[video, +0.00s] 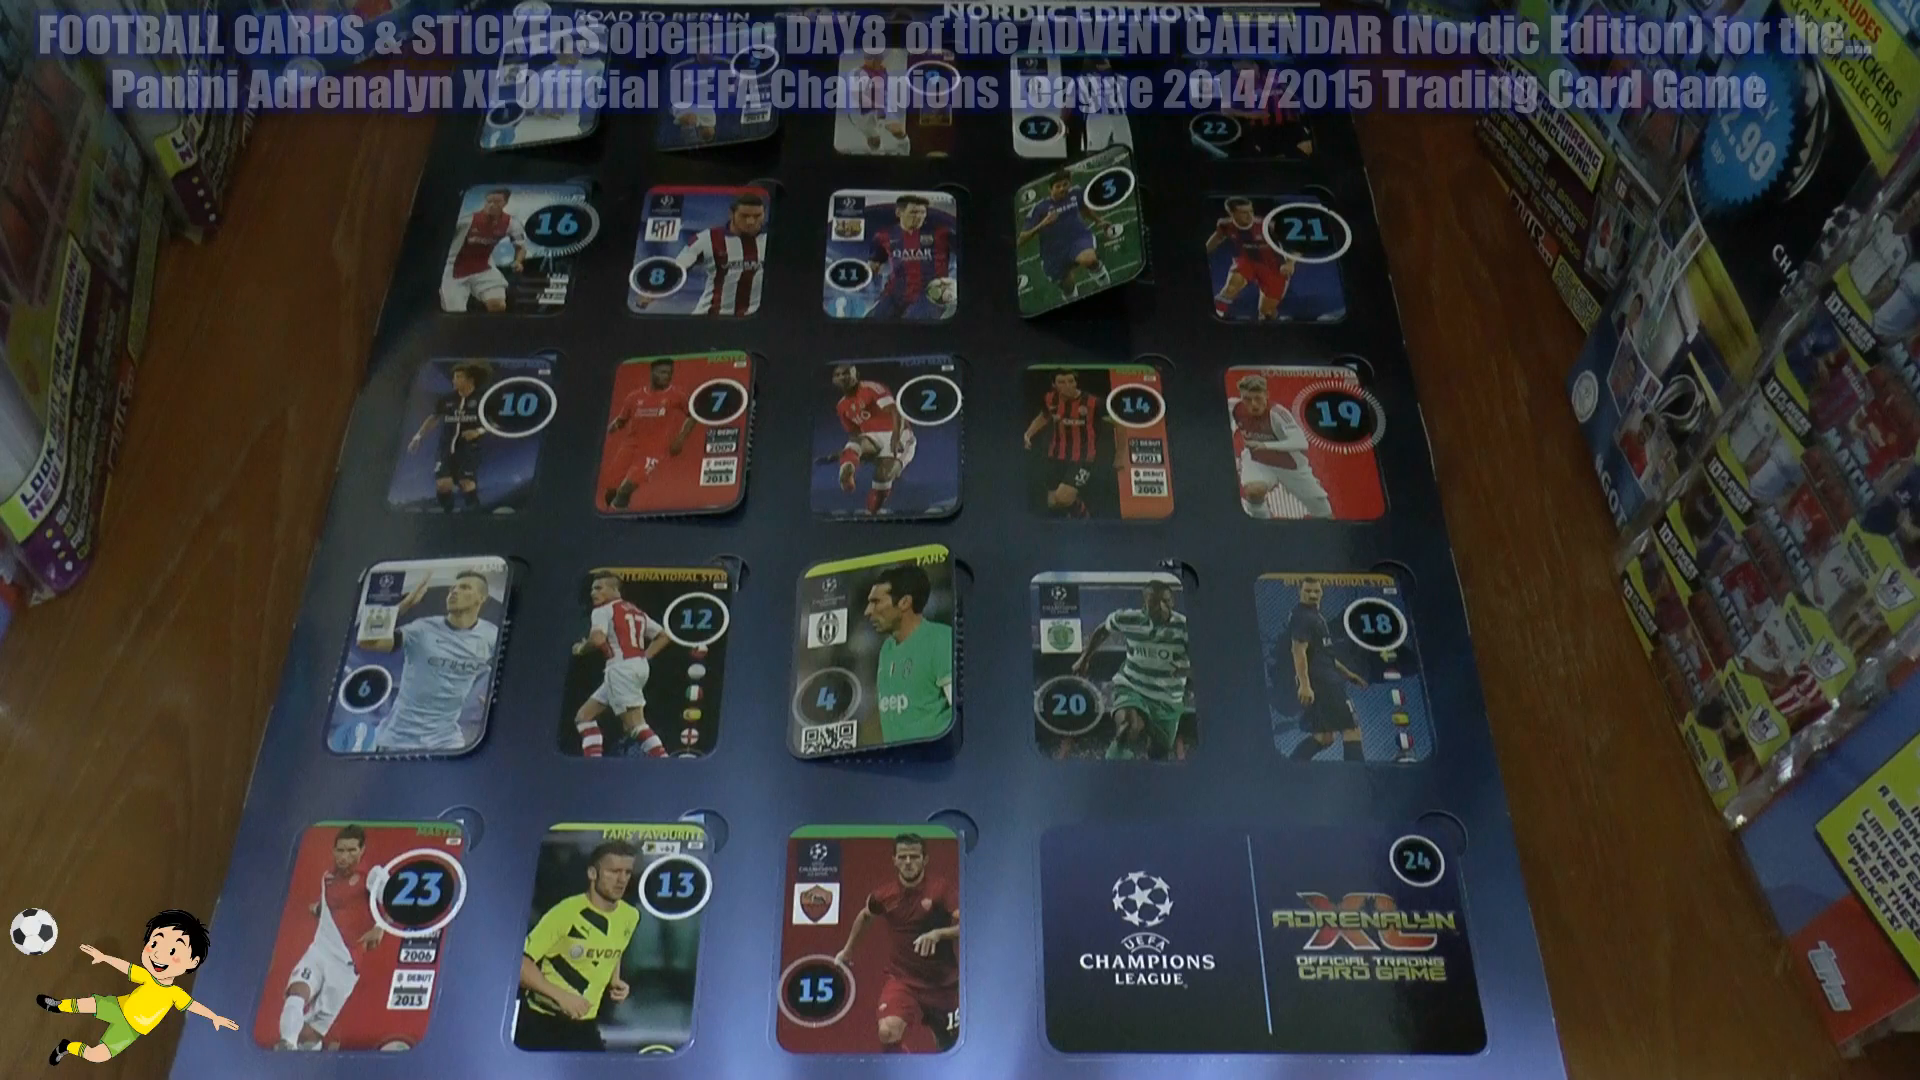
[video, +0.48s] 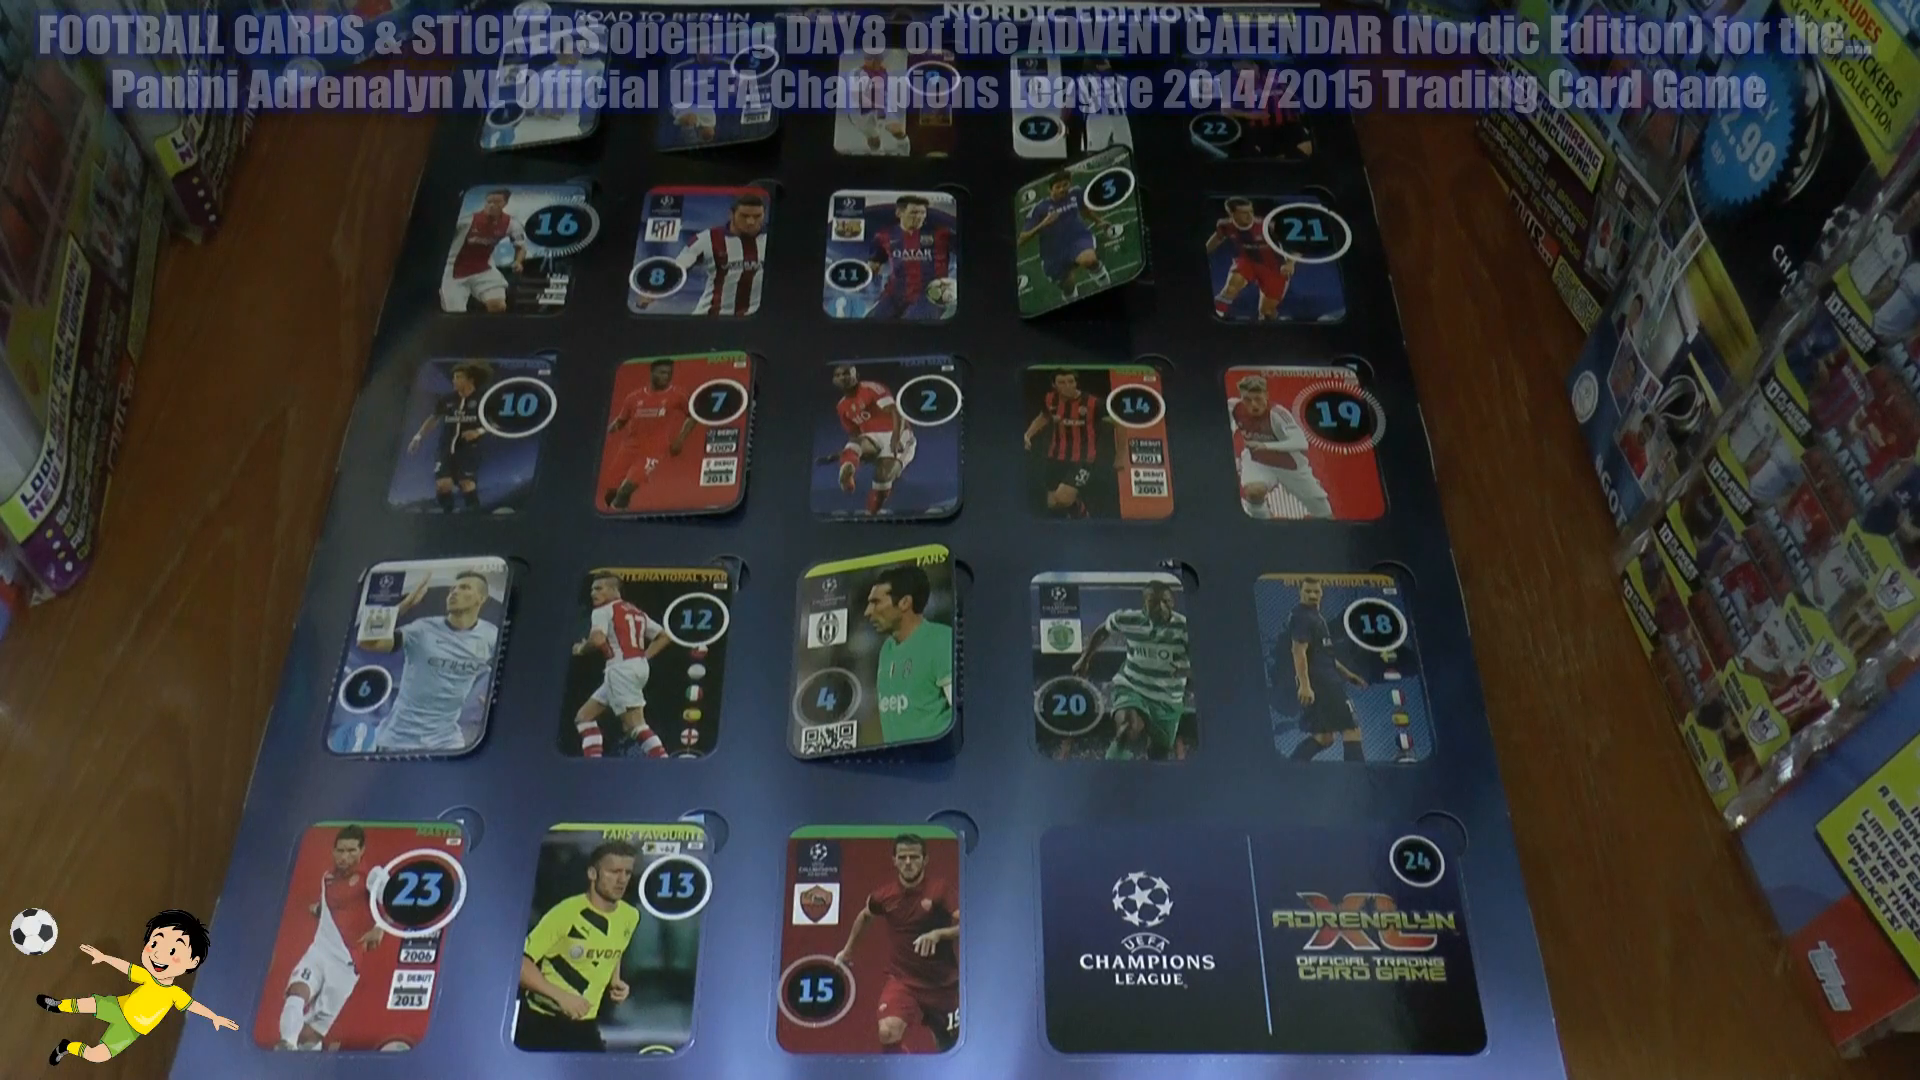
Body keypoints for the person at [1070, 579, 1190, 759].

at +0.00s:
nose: (1160, 607)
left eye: (1165, 601)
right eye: (1154, 602)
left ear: (1172, 603)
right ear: (1145, 602)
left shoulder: (1184, 626)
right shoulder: (1125, 619)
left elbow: (1199, 663)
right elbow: (1103, 631)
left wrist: (1186, 670)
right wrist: (1084, 658)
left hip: (1168, 701)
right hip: (1131, 689)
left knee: (1159, 758)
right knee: (1129, 729)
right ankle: (1106, 780)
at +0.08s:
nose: (1160, 607)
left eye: (1165, 601)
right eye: (1154, 602)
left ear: (1172, 603)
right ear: (1145, 603)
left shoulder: (1184, 626)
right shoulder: (1126, 619)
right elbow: (1103, 630)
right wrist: (1084, 658)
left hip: (1168, 700)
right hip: (1131, 689)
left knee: (1159, 757)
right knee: (1129, 729)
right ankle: (1107, 780)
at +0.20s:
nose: (1160, 607)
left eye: (1165, 601)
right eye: (1154, 602)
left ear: (1172, 603)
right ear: (1145, 603)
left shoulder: (1184, 626)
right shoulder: (1126, 620)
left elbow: (1199, 665)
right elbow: (1103, 630)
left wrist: (1186, 670)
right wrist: (1084, 658)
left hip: (1168, 700)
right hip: (1131, 689)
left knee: (1158, 758)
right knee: (1129, 730)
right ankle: (1106, 781)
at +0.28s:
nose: (1160, 607)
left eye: (1165, 601)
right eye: (1154, 601)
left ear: (1172, 603)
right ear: (1145, 603)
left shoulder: (1184, 626)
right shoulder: (1125, 619)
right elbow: (1103, 631)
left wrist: (1186, 670)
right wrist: (1084, 658)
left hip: (1168, 700)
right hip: (1131, 689)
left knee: (1159, 758)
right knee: (1129, 730)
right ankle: (1107, 781)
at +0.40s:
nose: (1160, 607)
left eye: (1165, 601)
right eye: (1154, 602)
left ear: (1172, 603)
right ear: (1145, 603)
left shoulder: (1184, 626)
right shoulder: (1125, 620)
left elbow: (1197, 664)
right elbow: (1103, 631)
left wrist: (1184, 670)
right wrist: (1084, 658)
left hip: (1168, 700)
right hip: (1131, 689)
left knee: (1159, 757)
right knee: (1128, 730)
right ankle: (1107, 782)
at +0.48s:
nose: (1160, 607)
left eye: (1165, 601)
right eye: (1154, 602)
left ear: (1172, 603)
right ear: (1145, 603)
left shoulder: (1184, 626)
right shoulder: (1126, 620)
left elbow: (1198, 664)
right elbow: (1103, 631)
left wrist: (1185, 670)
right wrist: (1084, 658)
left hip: (1168, 701)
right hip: (1131, 690)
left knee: (1159, 758)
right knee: (1128, 730)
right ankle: (1106, 783)